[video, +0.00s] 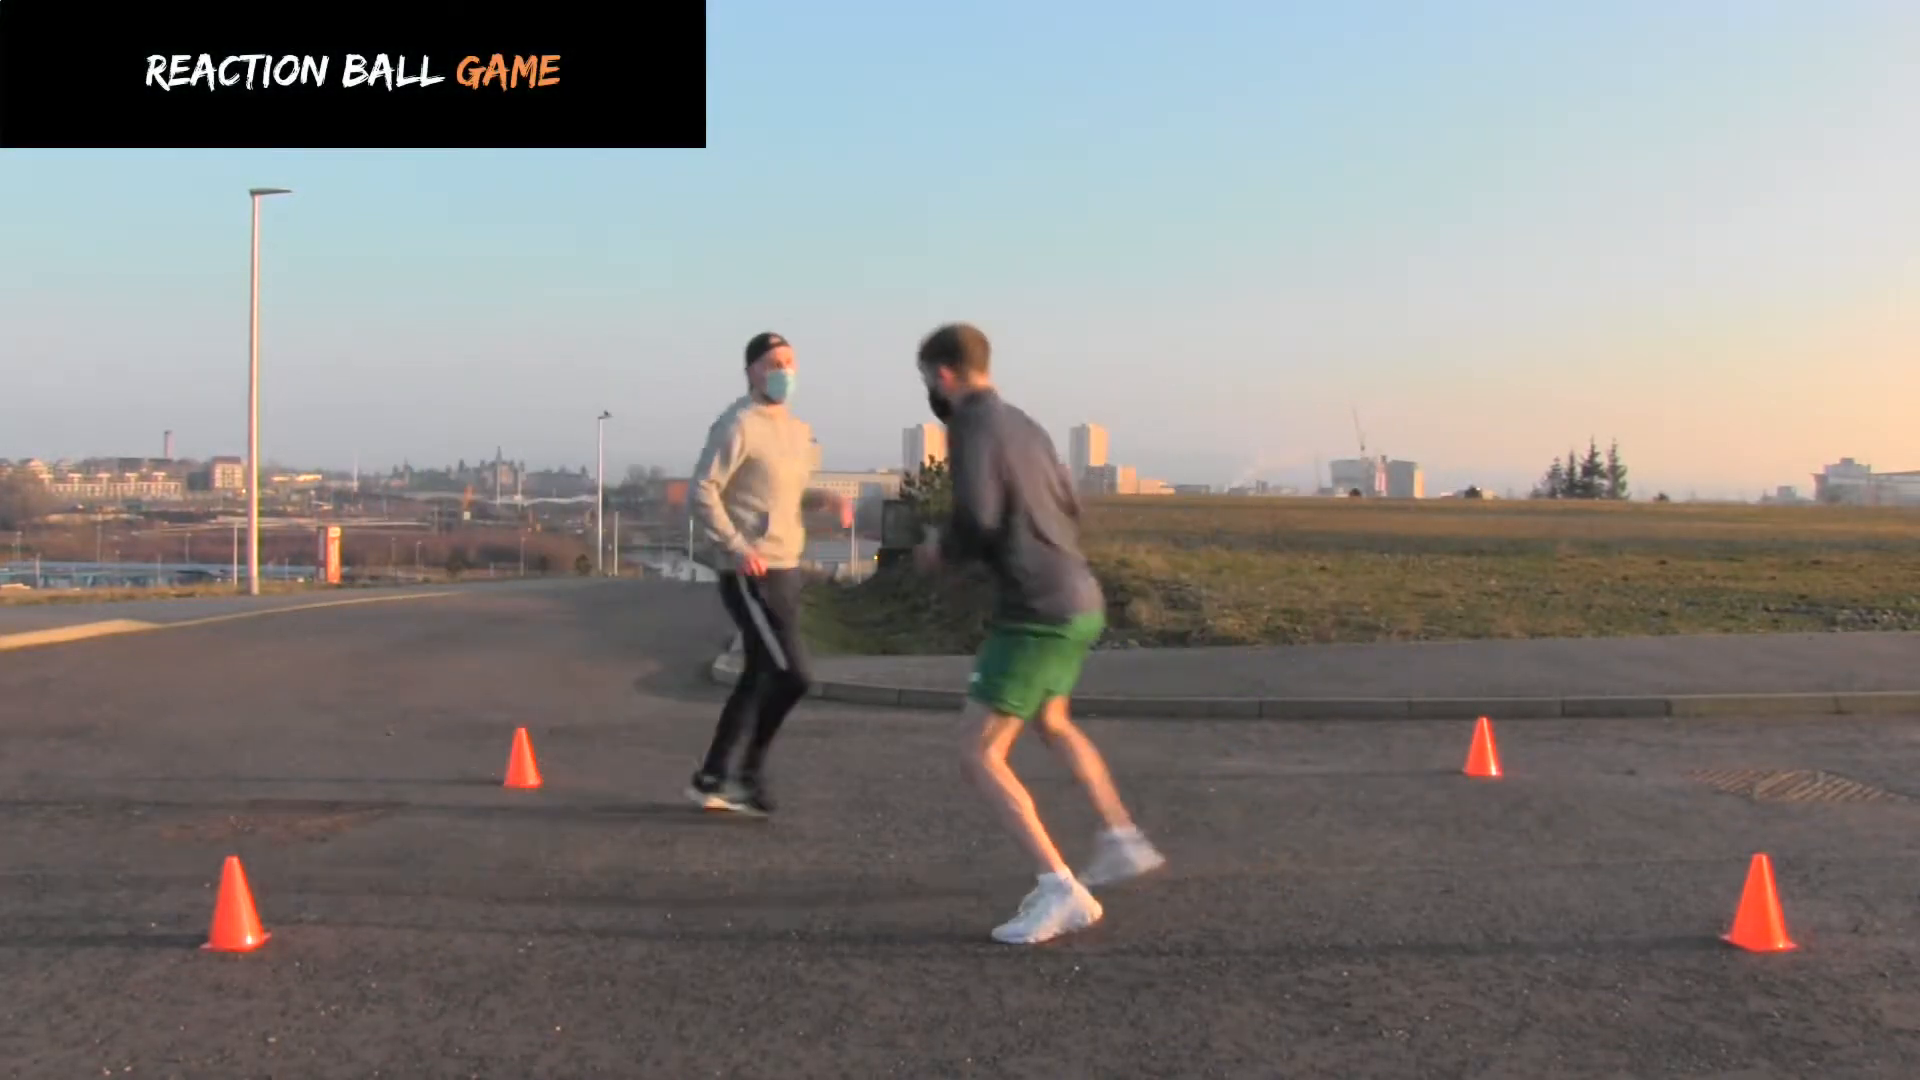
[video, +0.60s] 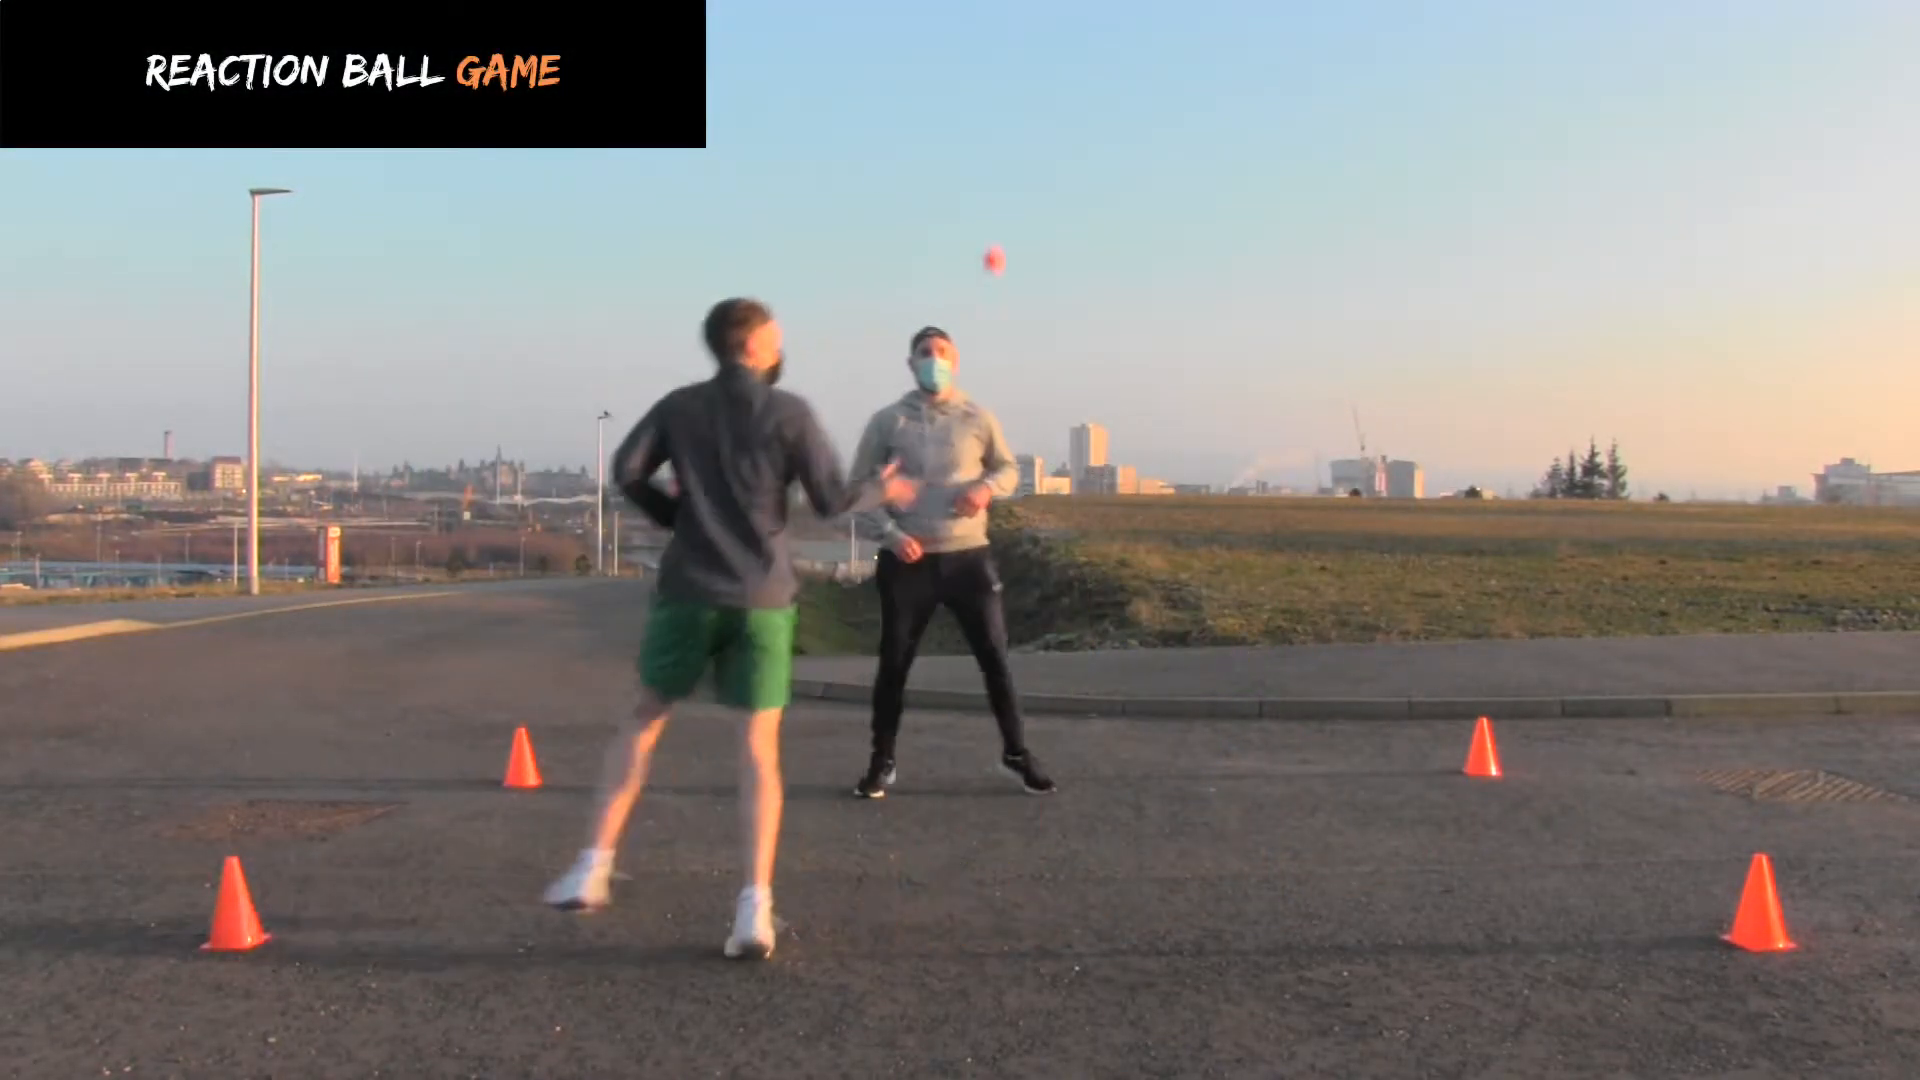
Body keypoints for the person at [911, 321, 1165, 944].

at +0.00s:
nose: (928, 389)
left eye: (928, 378)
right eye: (927, 378)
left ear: (945, 373)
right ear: (983, 368)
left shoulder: (973, 423)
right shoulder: (1024, 423)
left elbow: (979, 521)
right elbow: (1068, 500)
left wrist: (941, 550)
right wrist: (1012, 529)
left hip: (1039, 609)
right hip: (1081, 604)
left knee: (981, 754)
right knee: (1053, 718)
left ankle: (1060, 886)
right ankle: (1122, 837)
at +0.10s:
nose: (890, 352)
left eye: (890, 342)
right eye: (892, 343)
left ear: (901, 340)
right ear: (948, 334)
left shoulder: (908, 394)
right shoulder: (998, 396)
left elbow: (908, 481)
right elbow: (1034, 486)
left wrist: (891, 536)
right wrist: (995, 522)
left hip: (963, 579)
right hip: (1023, 576)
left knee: (935, 727)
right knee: (978, 721)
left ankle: (1013, 859)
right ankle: (969, 858)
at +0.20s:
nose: (894, 350)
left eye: (873, 344)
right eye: (918, 335)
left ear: (872, 345)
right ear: (925, 341)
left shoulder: (868, 399)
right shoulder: (973, 405)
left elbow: (857, 481)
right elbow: (1004, 499)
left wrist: (862, 525)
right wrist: (973, 548)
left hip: (911, 581)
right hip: (977, 582)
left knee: (882, 735)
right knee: (921, 736)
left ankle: (958, 862)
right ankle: (889, 889)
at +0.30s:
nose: (887, 364)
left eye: (830, 363)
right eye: (891, 354)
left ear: (833, 360)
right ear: (890, 357)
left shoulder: (814, 413)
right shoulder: (926, 425)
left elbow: (783, 501)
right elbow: (959, 518)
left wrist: (815, 536)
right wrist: (987, 568)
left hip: (836, 612)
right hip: (908, 615)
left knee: (807, 746)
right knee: (879, 755)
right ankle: (880, 907)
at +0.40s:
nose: (875, 341)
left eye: (870, 330)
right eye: (871, 330)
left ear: (810, 335)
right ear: (859, 335)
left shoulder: (779, 391)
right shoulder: (892, 406)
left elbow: (730, 466)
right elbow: (941, 498)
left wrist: (778, 507)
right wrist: (977, 485)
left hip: (782, 585)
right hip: (858, 587)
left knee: (759, 718)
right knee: (857, 738)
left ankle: (770, 824)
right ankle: (876, 899)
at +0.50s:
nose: (825, 324)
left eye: (819, 313)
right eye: (819, 313)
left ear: (766, 324)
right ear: (802, 323)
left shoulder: (722, 381)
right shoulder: (832, 394)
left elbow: (668, 449)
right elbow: (883, 480)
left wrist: (716, 490)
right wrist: (930, 444)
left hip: (719, 569)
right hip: (796, 577)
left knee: (688, 708)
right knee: (800, 728)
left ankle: (671, 838)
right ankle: (806, 880)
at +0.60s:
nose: (780, 341)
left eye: (775, 329)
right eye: (772, 331)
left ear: (720, 345)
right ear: (752, 342)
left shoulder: (679, 406)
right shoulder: (789, 412)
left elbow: (628, 477)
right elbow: (833, 500)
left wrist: (677, 518)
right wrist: (879, 487)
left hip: (685, 590)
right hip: (762, 599)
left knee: (643, 722)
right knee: (760, 748)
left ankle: (594, 865)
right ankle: (755, 909)